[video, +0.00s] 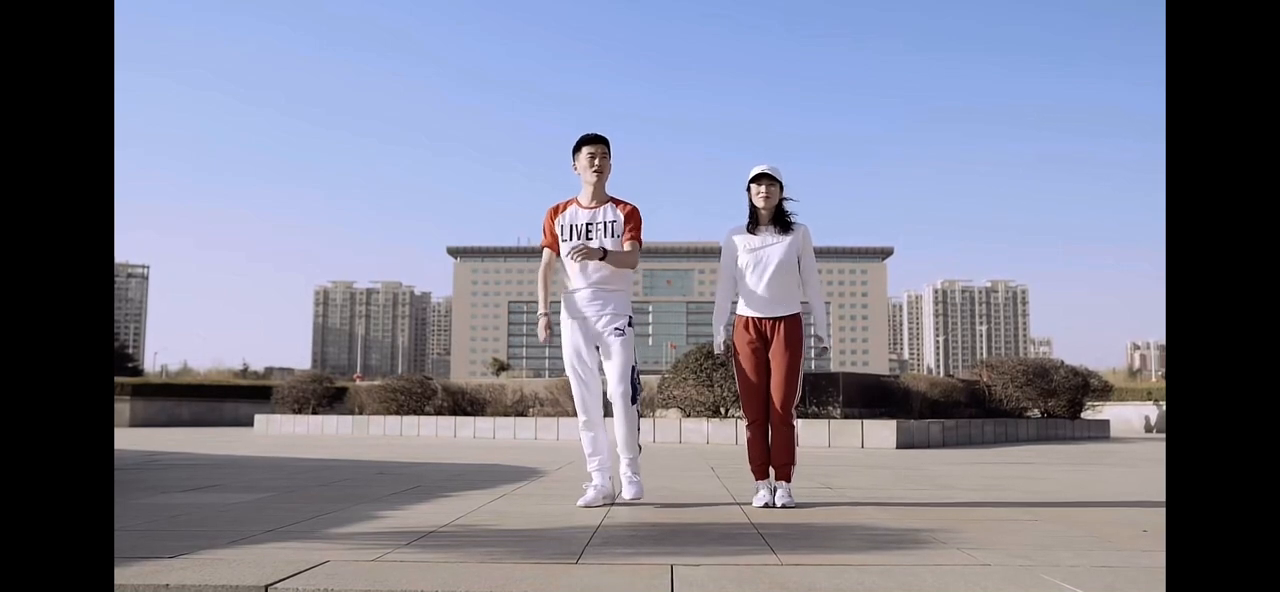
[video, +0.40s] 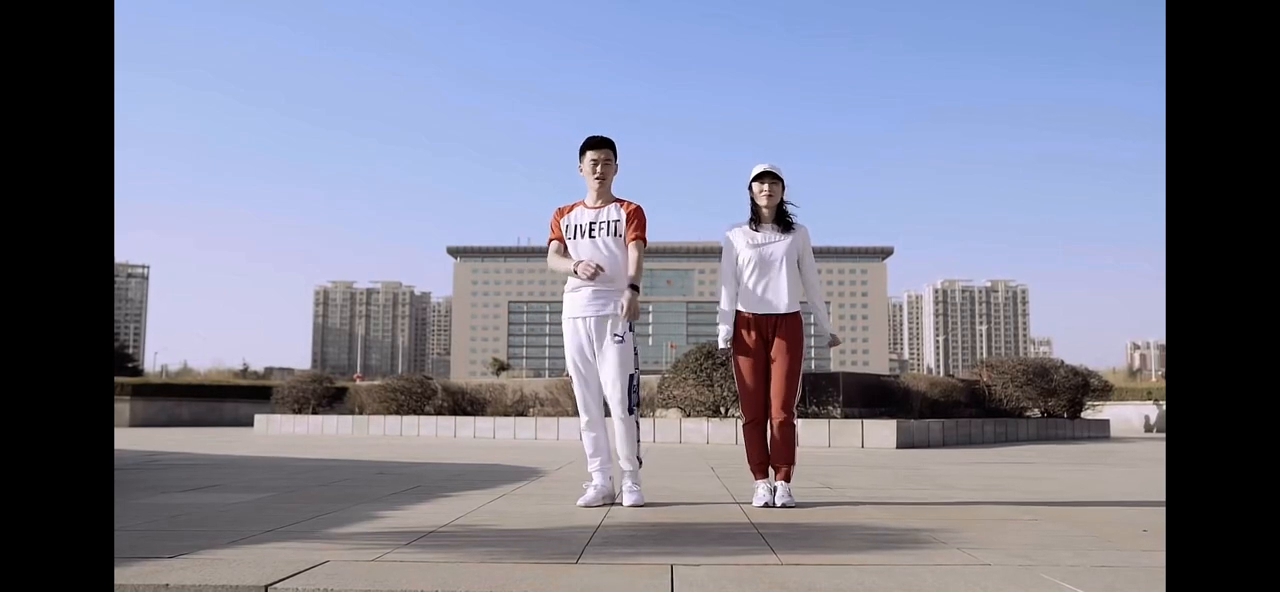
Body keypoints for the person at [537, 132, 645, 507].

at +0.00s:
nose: (598, 161)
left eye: (603, 156)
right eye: (590, 156)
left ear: (610, 164)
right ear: (576, 165)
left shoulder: (626, 211)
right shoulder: (557, 214)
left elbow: (632, 260)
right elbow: (546, 267)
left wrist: (600, 254)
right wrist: (543, 310)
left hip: (614, 312)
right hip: (575, 315)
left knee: (620, 393)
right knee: (585, 401)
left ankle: (629, 472)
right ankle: (600, 481)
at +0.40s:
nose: (600, 168)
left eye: (607, 162)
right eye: (593, 162)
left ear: (615, 168)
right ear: (581, 169)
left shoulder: (629, 211)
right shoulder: (564, 215)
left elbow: (636, 253)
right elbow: (553, 258)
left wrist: (632, 290)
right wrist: (574, 266)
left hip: (614, 312)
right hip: (576, 316)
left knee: (619, 399)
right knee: (588, 404)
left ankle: (630, 481)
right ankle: (600, 482)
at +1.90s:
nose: (606, 162)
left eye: (614, 157)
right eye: (600, 157)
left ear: (626, 166)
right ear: (590, 165)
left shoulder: (641, 215)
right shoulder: (570, 208)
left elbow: (644, 259)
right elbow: (546, 257)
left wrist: (650, 294)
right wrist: (556, 244)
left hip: (626, 302)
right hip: (586, 307)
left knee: (613, 309)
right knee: (596, 396)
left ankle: (620, 400)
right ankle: (617, 478)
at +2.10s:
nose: (614, 160)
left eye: (620, 155)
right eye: (607, 154)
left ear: (629, 163)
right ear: (594, 160)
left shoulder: (638, 207)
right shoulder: (572, 202)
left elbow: (645, 242)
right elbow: (539, 239)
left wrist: (655, 259)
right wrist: (568, 209)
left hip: (622, 313)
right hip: (583, 316)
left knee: (619, 392)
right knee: (594, 399)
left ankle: (613, 481)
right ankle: (609, 469)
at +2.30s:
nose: (612, 151)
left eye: (618, 145)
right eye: (605, 145)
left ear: (627, 152)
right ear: (592, 151)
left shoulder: (642, 199)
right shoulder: (571, 195)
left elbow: (647, 248)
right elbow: (551, 243)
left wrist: (657, 294)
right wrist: (555, 278)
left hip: (620, 306)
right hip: (578, 304)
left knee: (617, 391)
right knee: (576, 386)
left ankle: (615, 477)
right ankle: (593, 450)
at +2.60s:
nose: (595, 151)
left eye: (602, 145)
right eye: (588, 146)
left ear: (612, 151)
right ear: (576, 152)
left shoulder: (627, 193)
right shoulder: (562, 200)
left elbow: (648, 235)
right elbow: (558, 251)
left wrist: (629, 219)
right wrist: (549, 295)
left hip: (612, 302)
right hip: (571, 297)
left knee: (605, 389)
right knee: (561, 357)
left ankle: (600, 471)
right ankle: (569, 447)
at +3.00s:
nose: (590, 162)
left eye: (597, 156)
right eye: (583, 156)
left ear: (605, 162)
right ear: (570, 161)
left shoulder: (622, 211)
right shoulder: (550, 209)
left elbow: (633, 268)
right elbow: (524, 265)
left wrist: (643, 317)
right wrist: (529, 250)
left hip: (605, 306)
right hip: (564, 310)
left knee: (600, 314)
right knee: (570, 401)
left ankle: (599, 390)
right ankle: (582, 479)